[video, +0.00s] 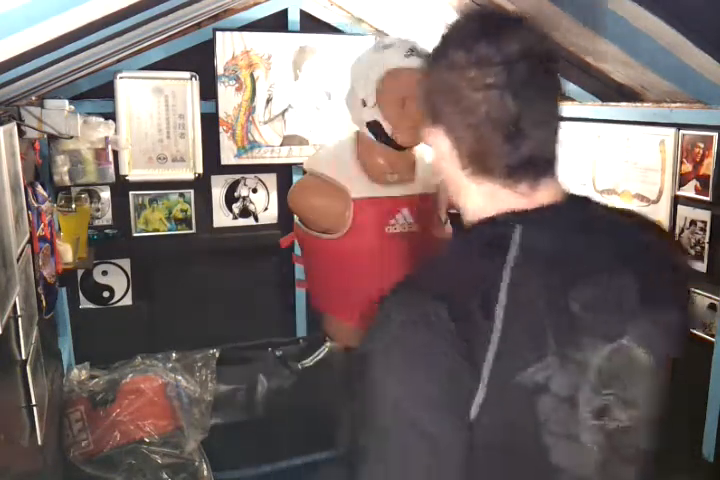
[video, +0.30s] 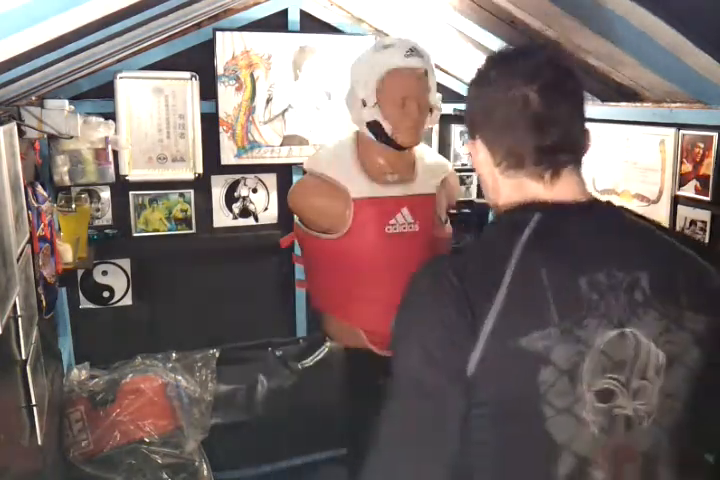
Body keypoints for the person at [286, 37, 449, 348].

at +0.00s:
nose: (417, 113)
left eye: (422, 99)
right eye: (403, 102)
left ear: (434, 99)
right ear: (367, 106)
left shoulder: (439, 177)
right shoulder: (323, 188)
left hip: (426, 350)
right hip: (353, 355)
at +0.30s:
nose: (418, 113)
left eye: (423, 101)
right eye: (404, 102)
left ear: (432, 106)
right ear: (366, 106)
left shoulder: (441, 178)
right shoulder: (322, 188)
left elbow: (448, 271)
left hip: (431, 356)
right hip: (359, 365)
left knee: (433, 466)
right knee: (370, 466)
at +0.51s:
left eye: (437, 132)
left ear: (451, 147)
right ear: (551, 139)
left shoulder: (396, 265)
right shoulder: (655, 249)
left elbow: (336, 445)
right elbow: (689, 423)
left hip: (453, 470)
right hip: (618, 472)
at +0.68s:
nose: (436, 133)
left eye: (436, 122)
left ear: (449, 136)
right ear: (548, 133)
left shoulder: (387, 245)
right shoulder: (638, 241)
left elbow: (326, 385)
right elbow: (658, 403)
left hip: (439, 467)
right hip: (591, 469)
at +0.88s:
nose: (463, 134)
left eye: (464, 123)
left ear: (474, 134)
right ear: (565, 129)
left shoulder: (427, 237)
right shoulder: (647, 231)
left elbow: (358, 378)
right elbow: (672, 389)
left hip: (466, 460)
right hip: (603, 462)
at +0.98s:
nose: (480, 146)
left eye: (480, 132)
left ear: (491, 139)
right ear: (575, 130)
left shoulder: (463, 241)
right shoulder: (659, 237)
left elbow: (396, 398)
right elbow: (677, 396)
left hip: (487, 464)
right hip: (624, 465)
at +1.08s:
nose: (491, 150)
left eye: (491, 137)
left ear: (500, 140)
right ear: (583, 133)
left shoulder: (474, 242)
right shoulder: (661, 239)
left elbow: (421, 412)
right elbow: (670, 397)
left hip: (501, 464)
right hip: (624, 464)